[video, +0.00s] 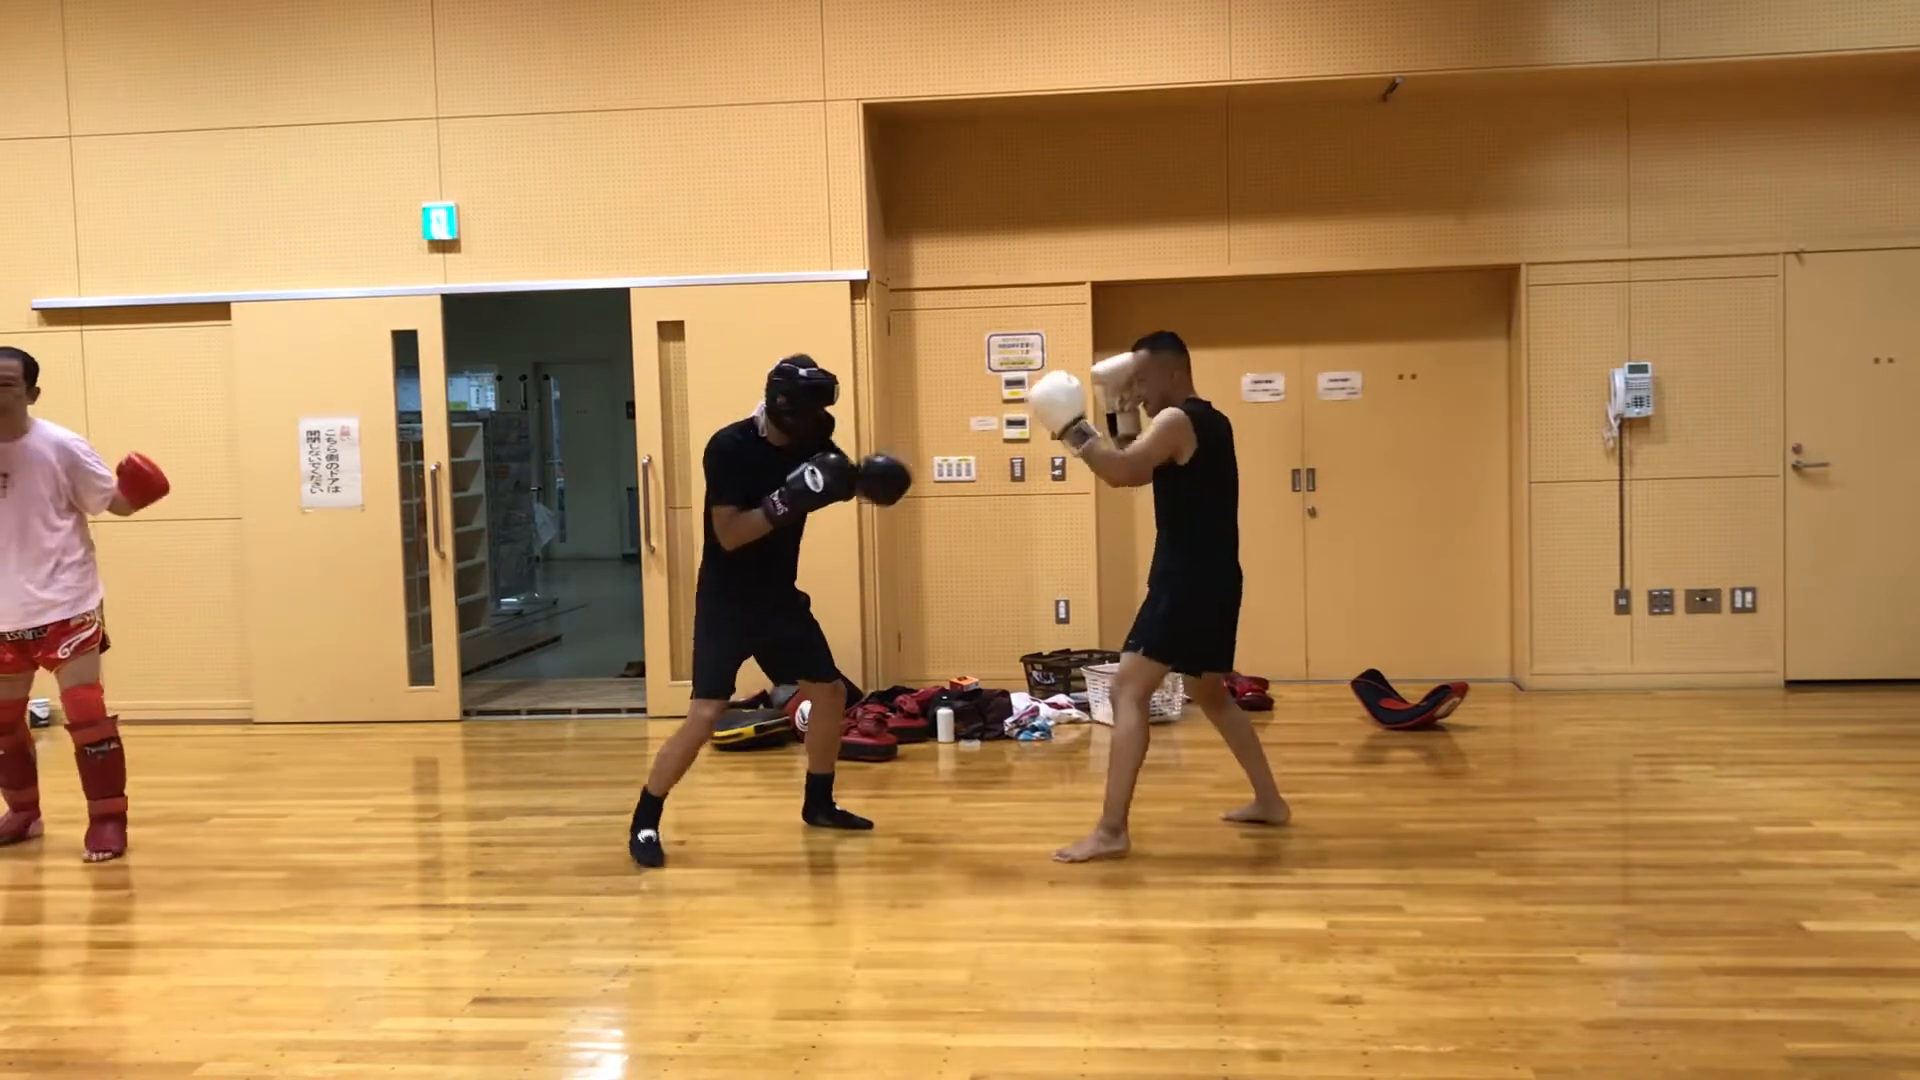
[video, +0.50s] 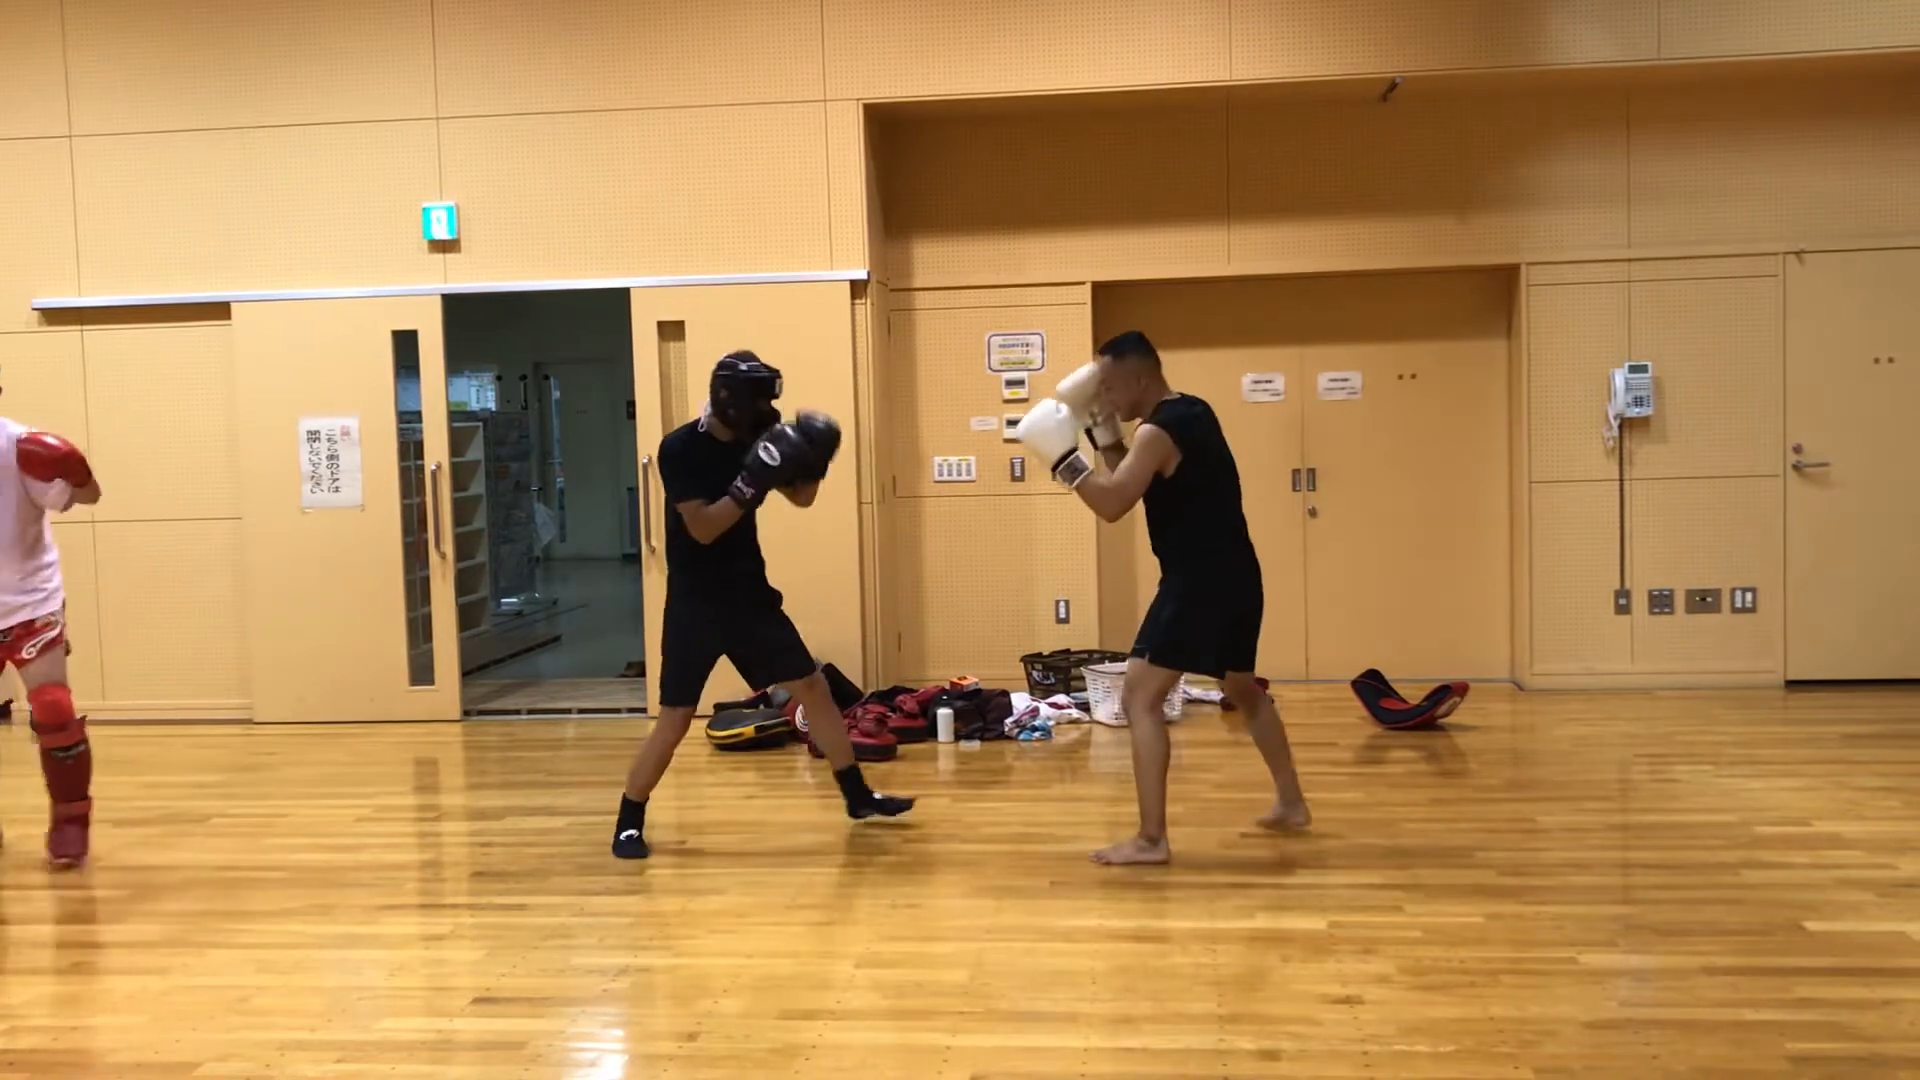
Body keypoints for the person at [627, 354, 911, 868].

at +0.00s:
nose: (821, 421)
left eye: (823, 412)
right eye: (812, 412)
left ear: (816, 411)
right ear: (780, 406)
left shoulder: (815, 440)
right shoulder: (729, 448)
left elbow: (829, 483)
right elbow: (728, 535)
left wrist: (868, 481)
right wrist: (791, 497)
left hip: (780, 599)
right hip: (724, 603)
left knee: (830, 693)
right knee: (704, 716)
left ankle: (818, 804)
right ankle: (645, 819)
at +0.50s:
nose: (766, 415)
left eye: (768, 406)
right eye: (758, 406)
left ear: (759, 405)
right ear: (726, 402)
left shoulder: (760, 436)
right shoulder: (679, 450)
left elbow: (802, 496)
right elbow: (703, 528)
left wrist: (812, 456)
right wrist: (756, 475)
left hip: (750, 597)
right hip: (694, 604)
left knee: (811, 686)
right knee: (674, 719)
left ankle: (858, 797)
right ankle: (629, 822)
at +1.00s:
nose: (887, 419)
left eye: (888, 411)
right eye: (883, 410)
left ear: (847, 403)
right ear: (857, 402)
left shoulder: (834, 457)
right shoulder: (819, 428)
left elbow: (825, 543)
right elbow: (896, 433)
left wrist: (881, 519)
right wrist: (959, 414)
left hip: (817, 594)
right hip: (777, 594)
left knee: (882, 684)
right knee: (752, 716)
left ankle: (881, 802)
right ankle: (673, 810)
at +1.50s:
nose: (962, 393)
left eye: (965, 385)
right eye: (955, 384)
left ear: (961, 384)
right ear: (923, 380)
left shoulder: (952, 427)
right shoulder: (873, 404)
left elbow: (1002, 473)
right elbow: (824, 449)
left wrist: (1026, 435)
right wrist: (879, 435)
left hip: (895, 565)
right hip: (839, 556)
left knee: (907, 676)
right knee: (812, 663)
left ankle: (887, 797)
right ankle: (817, 762)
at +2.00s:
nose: (989, 392)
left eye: (994, 382)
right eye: (980, 382)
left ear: (997, 383)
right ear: (952, 382)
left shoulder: (1006, 429)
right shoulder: (921, 423)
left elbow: (1032, 501)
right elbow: (895, 493)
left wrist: (1019, 458)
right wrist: (930, 461)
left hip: (986, 559)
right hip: (934, 560)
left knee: (1031, 656)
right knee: (911, 662)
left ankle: (1083, 752)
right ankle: (912, 764)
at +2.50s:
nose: (1093, 390)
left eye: (1102, 380)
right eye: (1084, 381)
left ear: (1114, 375)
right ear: (1067, 377)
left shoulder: (1137, 410)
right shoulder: (1055, 416)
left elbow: (1169, 469)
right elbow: (1042, 493)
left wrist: (1144, 453)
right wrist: (1056, 464)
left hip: (1127, 541)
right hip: (1081, 544)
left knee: (1123, 652)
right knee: (1096, 657)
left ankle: (1112, 761)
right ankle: (1147, 730)